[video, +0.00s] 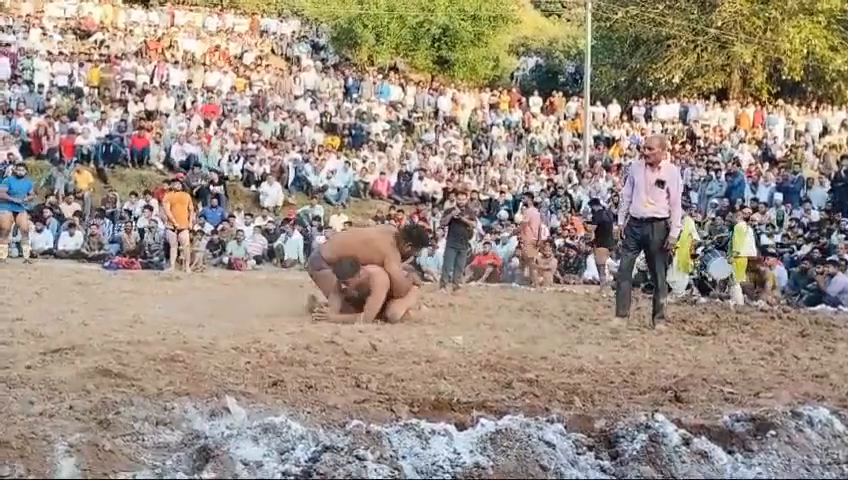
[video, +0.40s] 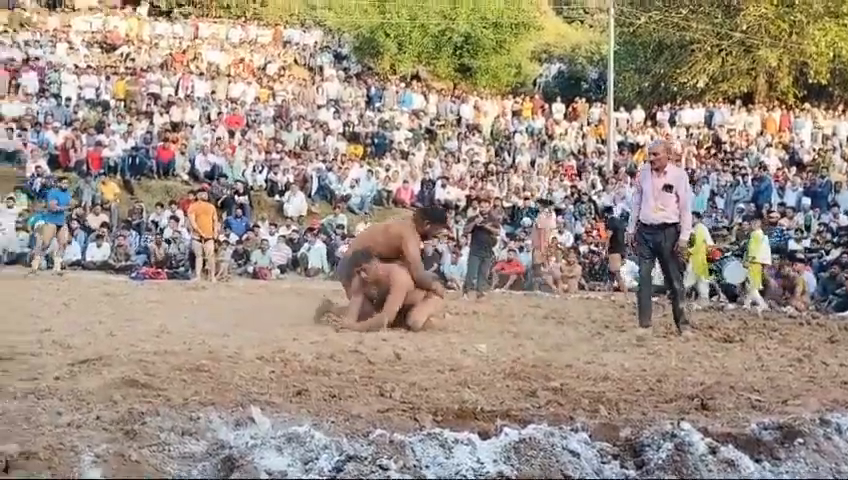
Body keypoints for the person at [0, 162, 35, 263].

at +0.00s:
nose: (21, 172)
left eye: (23, 170)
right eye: (19, 170)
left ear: (26, 171)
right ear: (15, 170)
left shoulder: (28, 183)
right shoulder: (8, 180)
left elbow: (32, 195)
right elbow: (3, 194)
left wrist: (27, 199)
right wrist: (14, 200)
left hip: (21, 207)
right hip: (7, 207)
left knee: (25, 229)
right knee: (5, 229)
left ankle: (26, 255)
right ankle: (3, 255)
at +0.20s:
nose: (31, 175)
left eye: (33, 173)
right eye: (29, 173)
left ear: (35, 174)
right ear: (25, 174)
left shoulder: (38, 185)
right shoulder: (19, 184)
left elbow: (40, 197)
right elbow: (15, 198)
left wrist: (36, 201)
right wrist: (28, 202)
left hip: (31, 211)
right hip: (18, 210)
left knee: (34, 233)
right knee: (15, 234)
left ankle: (32, 258)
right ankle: (9, 257)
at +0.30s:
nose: (45, 179)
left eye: (47, 176)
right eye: (43, 176)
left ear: (49, 178)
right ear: (39, 177)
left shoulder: (49, 190)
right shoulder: (33, 188)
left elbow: (51, 201)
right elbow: (32, 201)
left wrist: (52, 203)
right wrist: (43, 205)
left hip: (43, 215)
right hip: (31, 215)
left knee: (45, 238)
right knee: (26, 238)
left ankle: (42, 262)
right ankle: (19, 261)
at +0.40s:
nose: (65, 185)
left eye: (66, 183)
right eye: (63, 183)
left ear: (68, 184)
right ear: (58, 183)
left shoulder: (67, 194)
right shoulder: (53, 193)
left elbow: (69, 204)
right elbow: (52, 207)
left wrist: (73, 205)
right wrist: (66, 208)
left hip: (62, 221)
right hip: (51, 220)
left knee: (63, 243)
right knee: (45, 243)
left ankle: (57, 266)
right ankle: (36, 262)